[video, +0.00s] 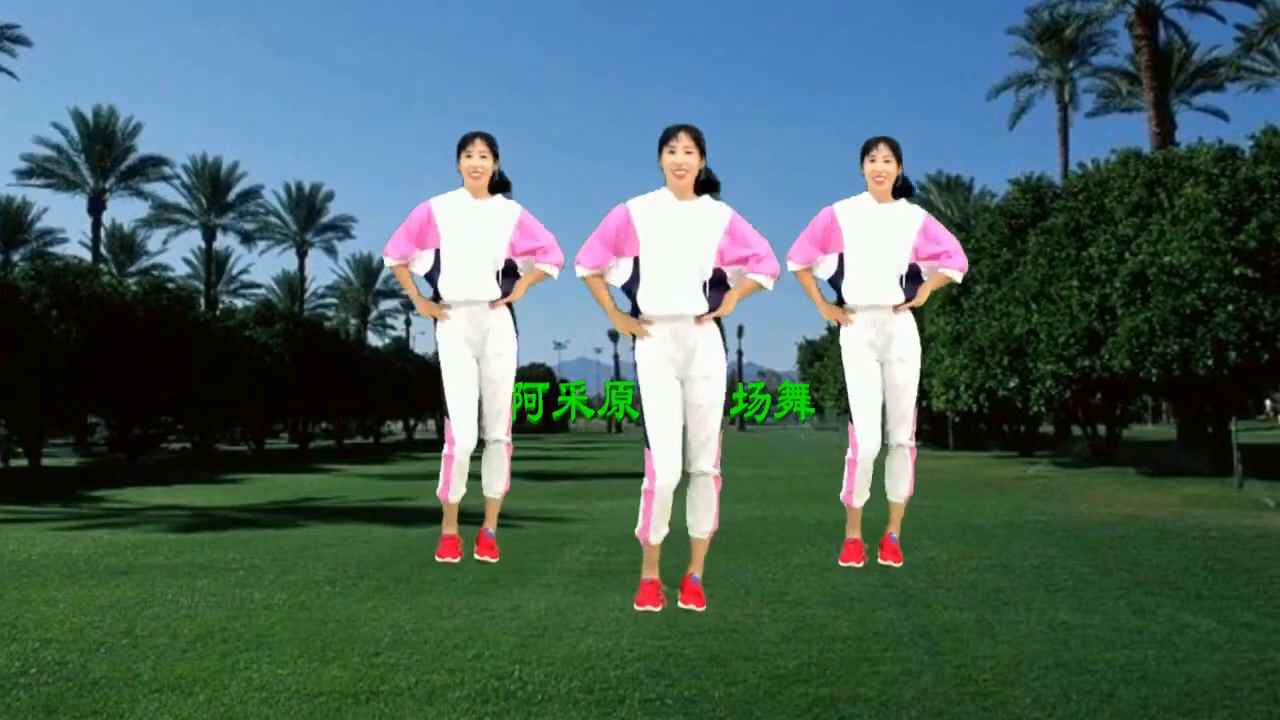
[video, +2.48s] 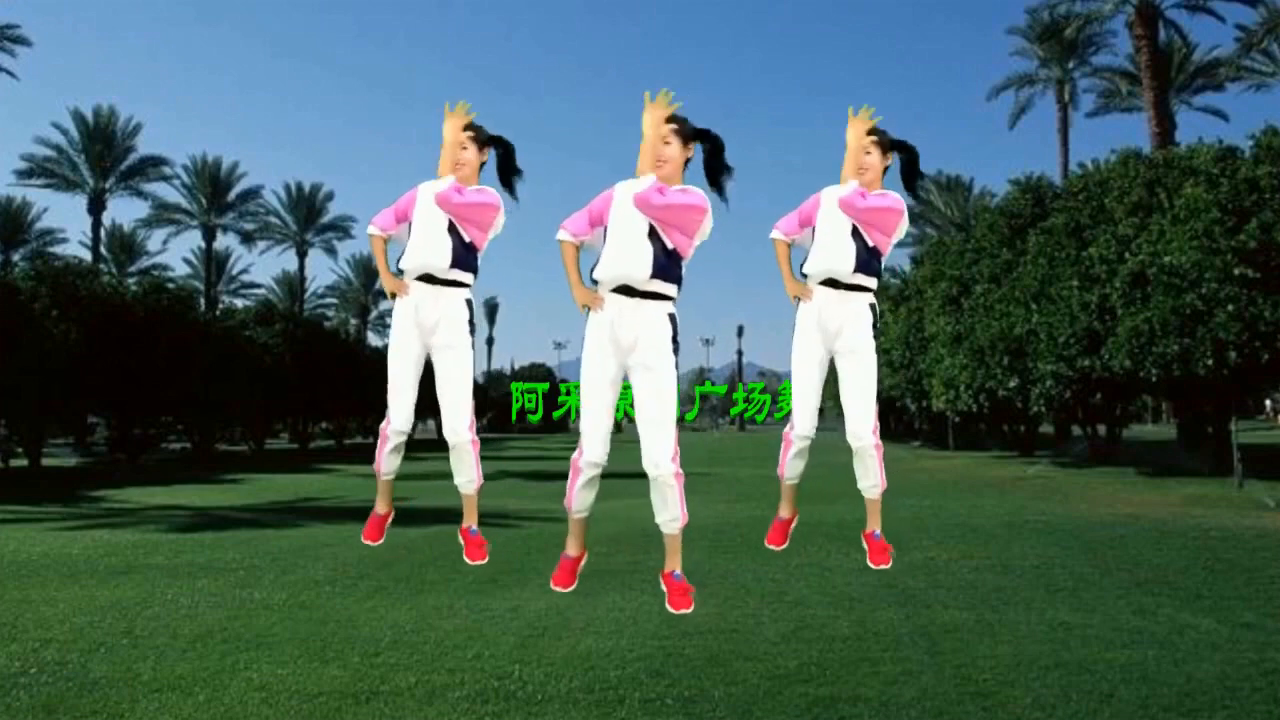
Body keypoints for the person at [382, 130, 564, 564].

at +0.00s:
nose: (476, 162)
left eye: (484, 156)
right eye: (469, 156)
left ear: (495, 165)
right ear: (458, 164)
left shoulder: (511, 212)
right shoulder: (436, 210)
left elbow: (551, 255)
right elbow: (396, 255)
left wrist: (523, 284)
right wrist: (420, 301)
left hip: (498, 321)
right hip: (453, 322)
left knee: (498, 428)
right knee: (461, 429)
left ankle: (489, 531)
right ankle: (449, 530)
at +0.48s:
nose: (467, 158)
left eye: (474, 151)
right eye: (459, 152)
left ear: (488, 160)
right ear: (451, 163)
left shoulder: (510, 206)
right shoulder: (436, 209)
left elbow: (547, 258)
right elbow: (392, 249)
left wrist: (516, 306)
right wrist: (420, 292)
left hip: (490, 322)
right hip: (444, 320)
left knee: (484, 430)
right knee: (440, 429)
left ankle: (485, 532)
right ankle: (446, 530)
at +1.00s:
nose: (461, 153)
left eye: (469, 145)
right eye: (457, 146)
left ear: (491, 150)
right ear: (453, 154)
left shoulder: (515, 190)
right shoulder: (437, 198)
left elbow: (572, 191)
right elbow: (392, 243)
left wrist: (539, 203)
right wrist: (418, 287)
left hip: (493, 306)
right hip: (448, 307)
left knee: (492, 424)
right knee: (444, 424)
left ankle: (488, 528)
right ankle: (441, 528)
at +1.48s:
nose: (461, 155)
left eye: (470, 148)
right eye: (459, 148)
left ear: (493, 154)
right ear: (456, 155)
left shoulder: (508, 201)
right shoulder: (435, 197)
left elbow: (498, 235)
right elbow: (392, 239)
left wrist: (488, 176)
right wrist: (407, 285)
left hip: (481, 310)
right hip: (437, 309)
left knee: (483, 424)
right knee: (433, 423)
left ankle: (487, 527)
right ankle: (418, 503)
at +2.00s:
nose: (455, 138)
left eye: (465, 133)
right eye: (453, 132)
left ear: (486, 143)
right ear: (449, 140)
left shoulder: (497, 186)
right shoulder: (427, 183)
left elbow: (508, 224)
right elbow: (386, 223)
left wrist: (498, 166)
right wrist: (403, 272)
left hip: (476, 293)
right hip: (432, 292)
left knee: (477, 411)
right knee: (428, 410)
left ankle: (479, 521)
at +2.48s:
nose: (457, 155)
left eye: (468, 147)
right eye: (453, 147)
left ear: (484, 156)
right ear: (446, 153)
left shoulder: (489, 201)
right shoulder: (423, 193)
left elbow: (444, 196)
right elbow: (377, 230)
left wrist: (449, 146)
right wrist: (387, 276)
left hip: (452, 307)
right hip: (409, 302)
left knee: (459, 423)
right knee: (398, 419)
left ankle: (470, 525)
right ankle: (382, 506)